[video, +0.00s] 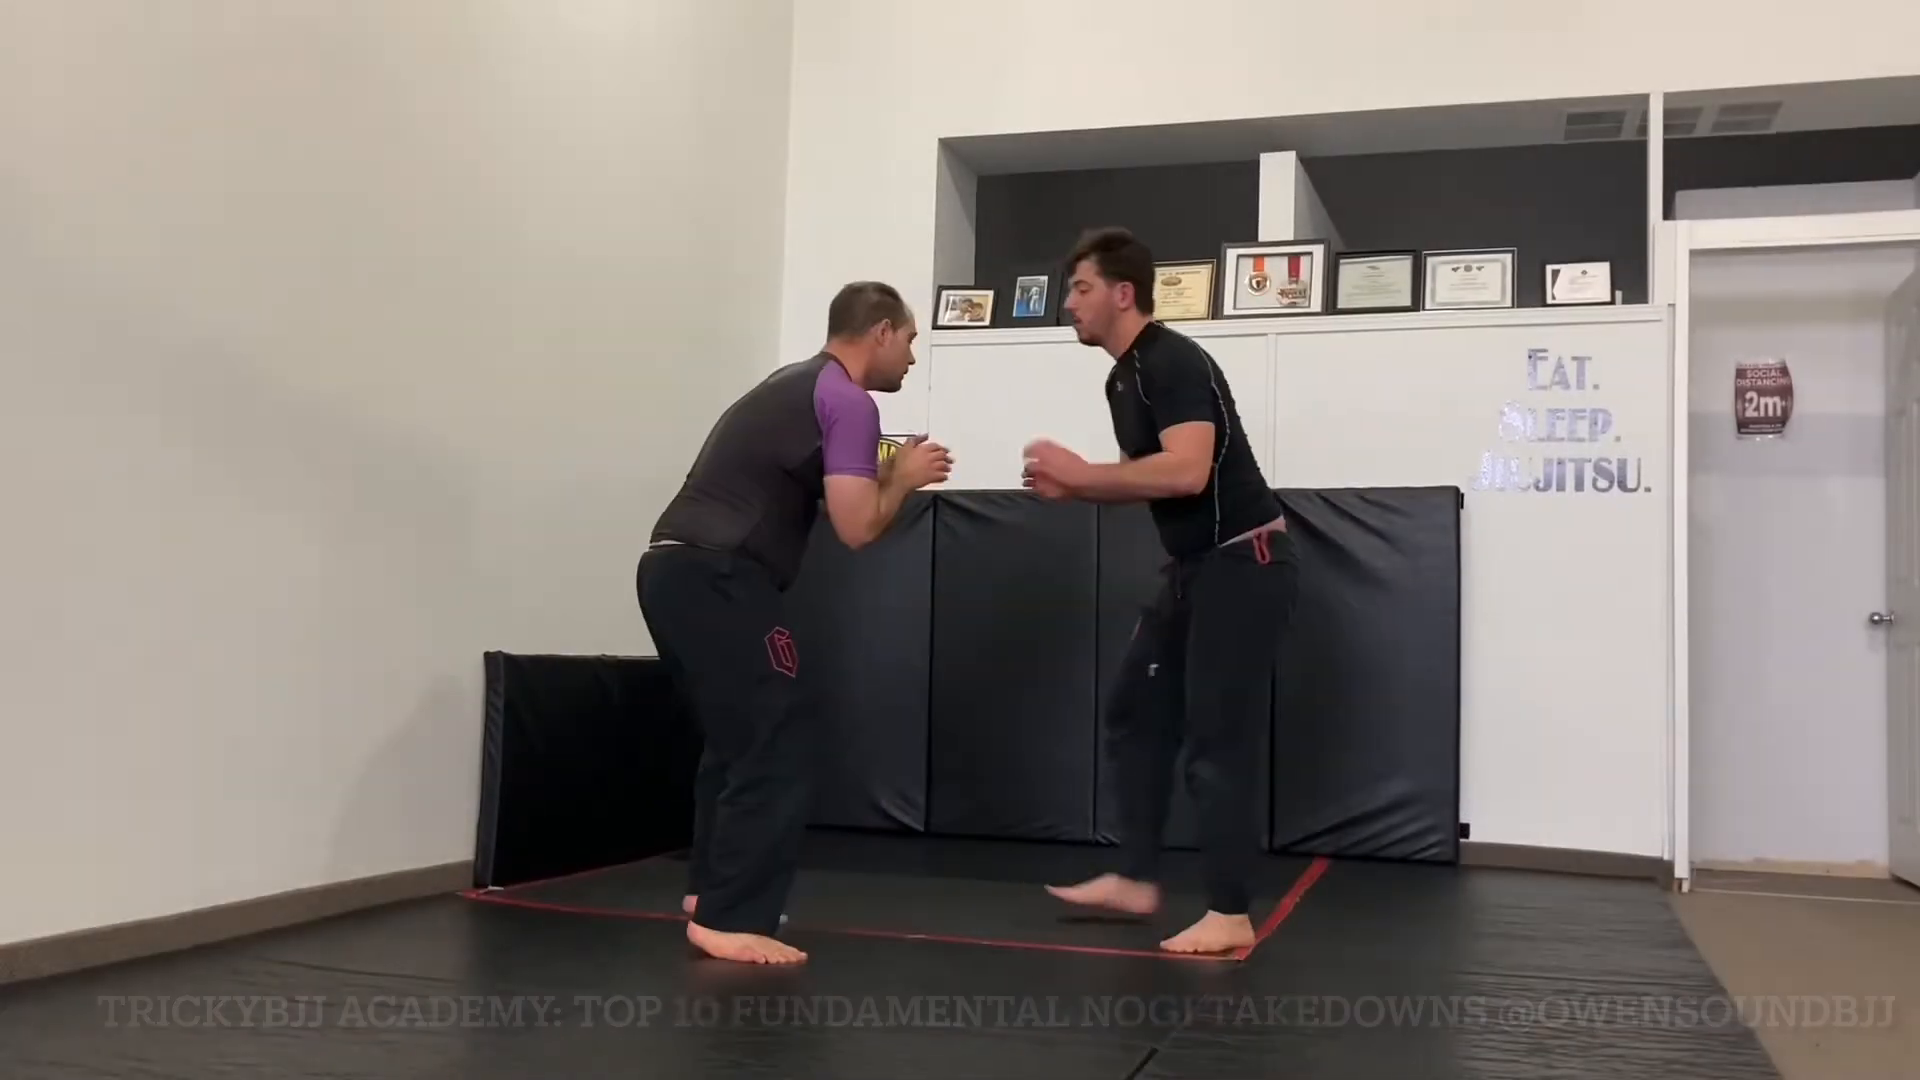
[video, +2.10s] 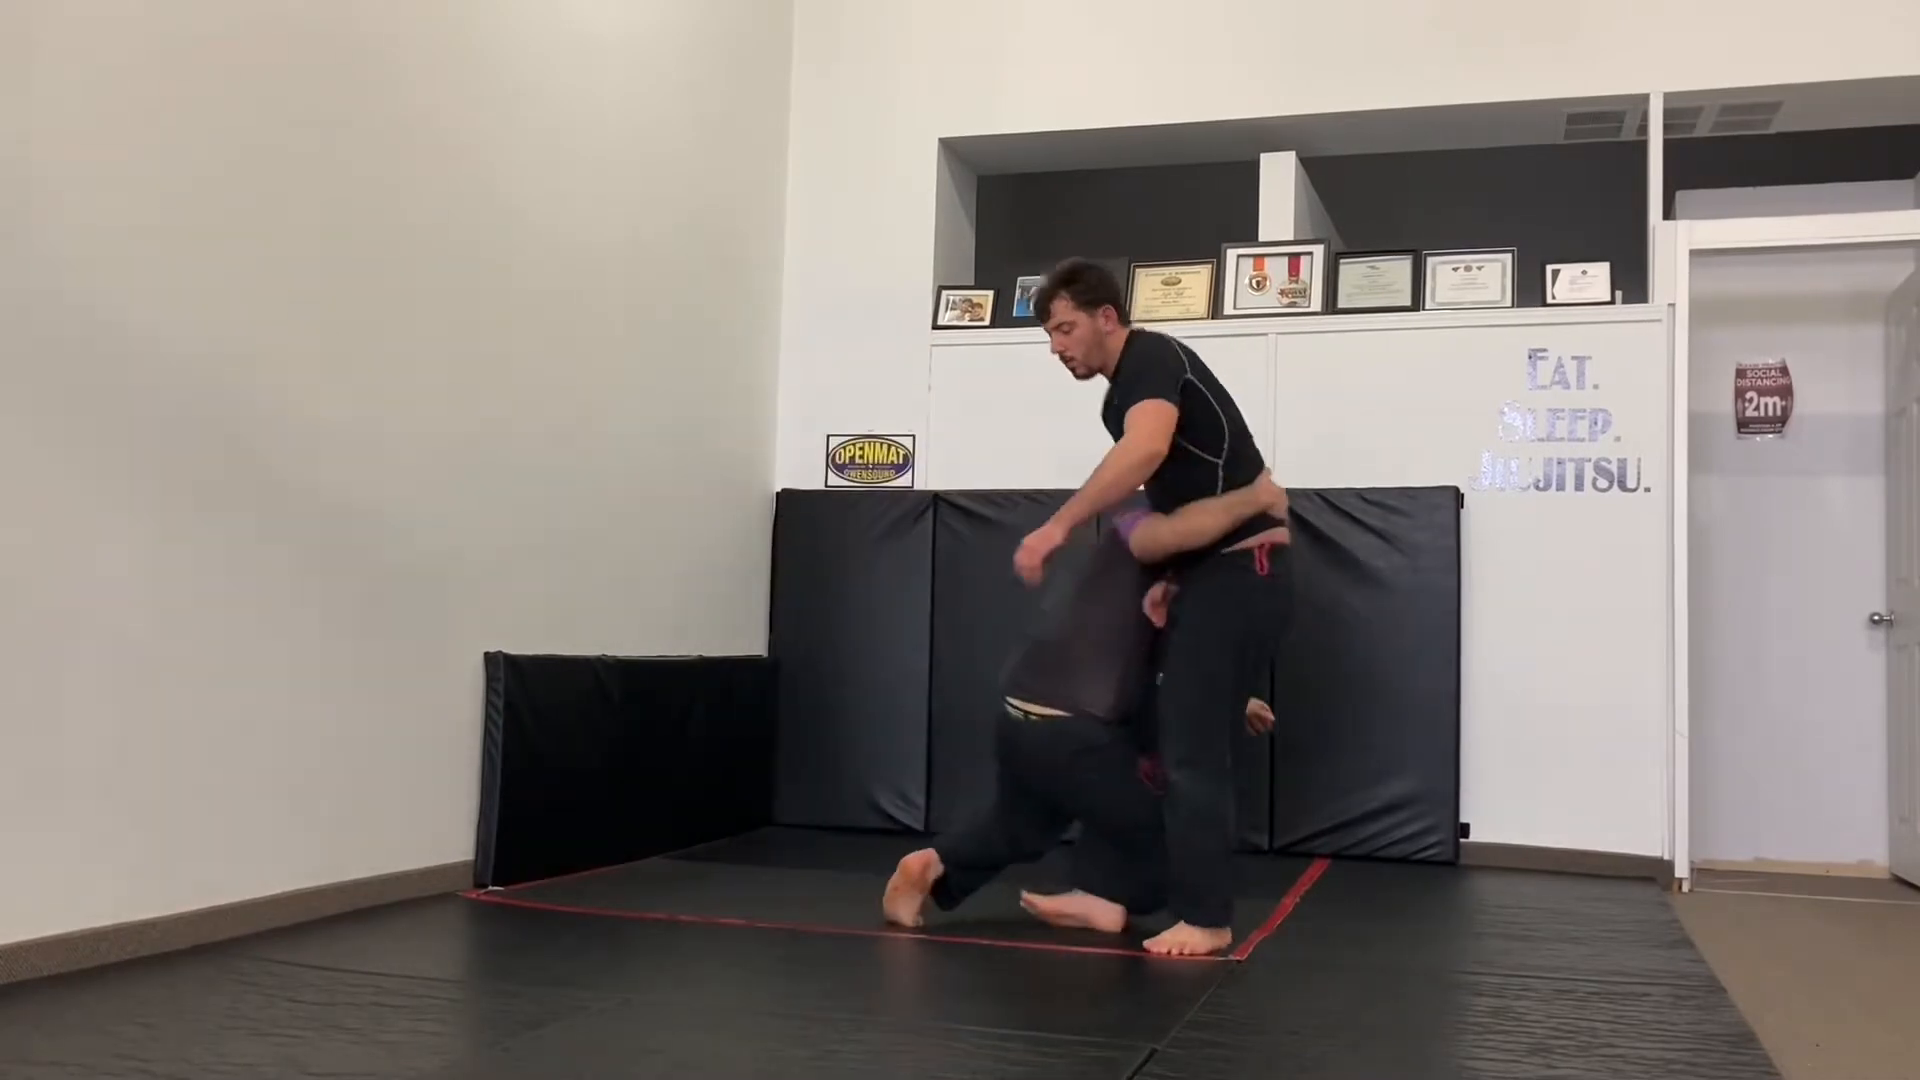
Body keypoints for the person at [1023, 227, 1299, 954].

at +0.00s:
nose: (1069, 301)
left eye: (1080, 287)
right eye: (1069, 289)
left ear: (1123, 293)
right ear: (1112, 296)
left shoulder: (1174, 360)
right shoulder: (1122, 379)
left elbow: (1190, 470)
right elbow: (1154, 477)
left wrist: (1084, 472)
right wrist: (1075, 488)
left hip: (1245, 563)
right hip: (1194, 567)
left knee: (1223, 731)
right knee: (1136, 708)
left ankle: (1230, 912)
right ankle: (1134, 878)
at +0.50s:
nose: (1038, 309)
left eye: (1049, 295)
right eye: (1036, 297)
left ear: (1095, 295)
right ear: (1063, 301)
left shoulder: (1153, 353)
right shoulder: (1071, 386)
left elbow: (1198, 452)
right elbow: (1062, 487)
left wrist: (1096, 491)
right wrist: (1000, 540)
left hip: (1202, 566)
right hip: (1134, 573)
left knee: (1193, 740)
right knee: (1106, 733)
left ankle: (1202, 913)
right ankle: (1094, 893)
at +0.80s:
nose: (1042, 313)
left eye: (1053, 298)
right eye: (1039, 300)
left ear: (1099, 298)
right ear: (1062, 306)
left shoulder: (1161, 351)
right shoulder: (1063, 394)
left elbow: (1228, 443)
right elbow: (1022, 491)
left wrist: (1161, 532)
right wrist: (963, 560)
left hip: (1210, 560)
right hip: (1141, 566)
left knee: (1197, 738)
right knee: (1107, 728)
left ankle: (1204, 915)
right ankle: (1094, 893)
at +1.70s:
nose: (1041, 303)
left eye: (1054, 288)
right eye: (1036, 291)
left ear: (1098, 286)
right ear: (1042, 298)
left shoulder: (1158, 340)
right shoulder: (1057, 388)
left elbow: (1241, 417)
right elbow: (1092, 493)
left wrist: (1229, 495)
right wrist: (1074, 574)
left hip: (1186, 561)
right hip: (1112, 567)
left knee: (1182, 728)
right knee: (1096, 720)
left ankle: (1203, 917)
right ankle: (1092, 891)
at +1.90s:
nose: (1037, 319)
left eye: (1047, 303)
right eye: (1031, 307)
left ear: (1091, 295)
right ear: (1045, 310)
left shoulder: (1149, 341)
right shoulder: (1078, 392)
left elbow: (1196, 423)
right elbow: (1126, 484)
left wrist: (1131, 515)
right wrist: (1119, 571)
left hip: (1202, 559)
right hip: (1146, 563)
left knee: (1188, 733)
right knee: (1117, 724)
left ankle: (1201, 918)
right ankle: (1097, 886)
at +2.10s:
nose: (1057, 346)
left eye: (1064, 329)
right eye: (1051, 334)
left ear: (1107, 318)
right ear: (1097, 327)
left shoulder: (1151, 357)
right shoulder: (1123, 393)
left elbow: (1147, 446)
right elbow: (1180, 491)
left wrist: (1060, 523)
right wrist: (1167, 574)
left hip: (1237, 561)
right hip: (1194, 567)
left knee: (1194, 734)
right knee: (1137, 723)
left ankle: (1206, 918)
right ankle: (1105, 891)